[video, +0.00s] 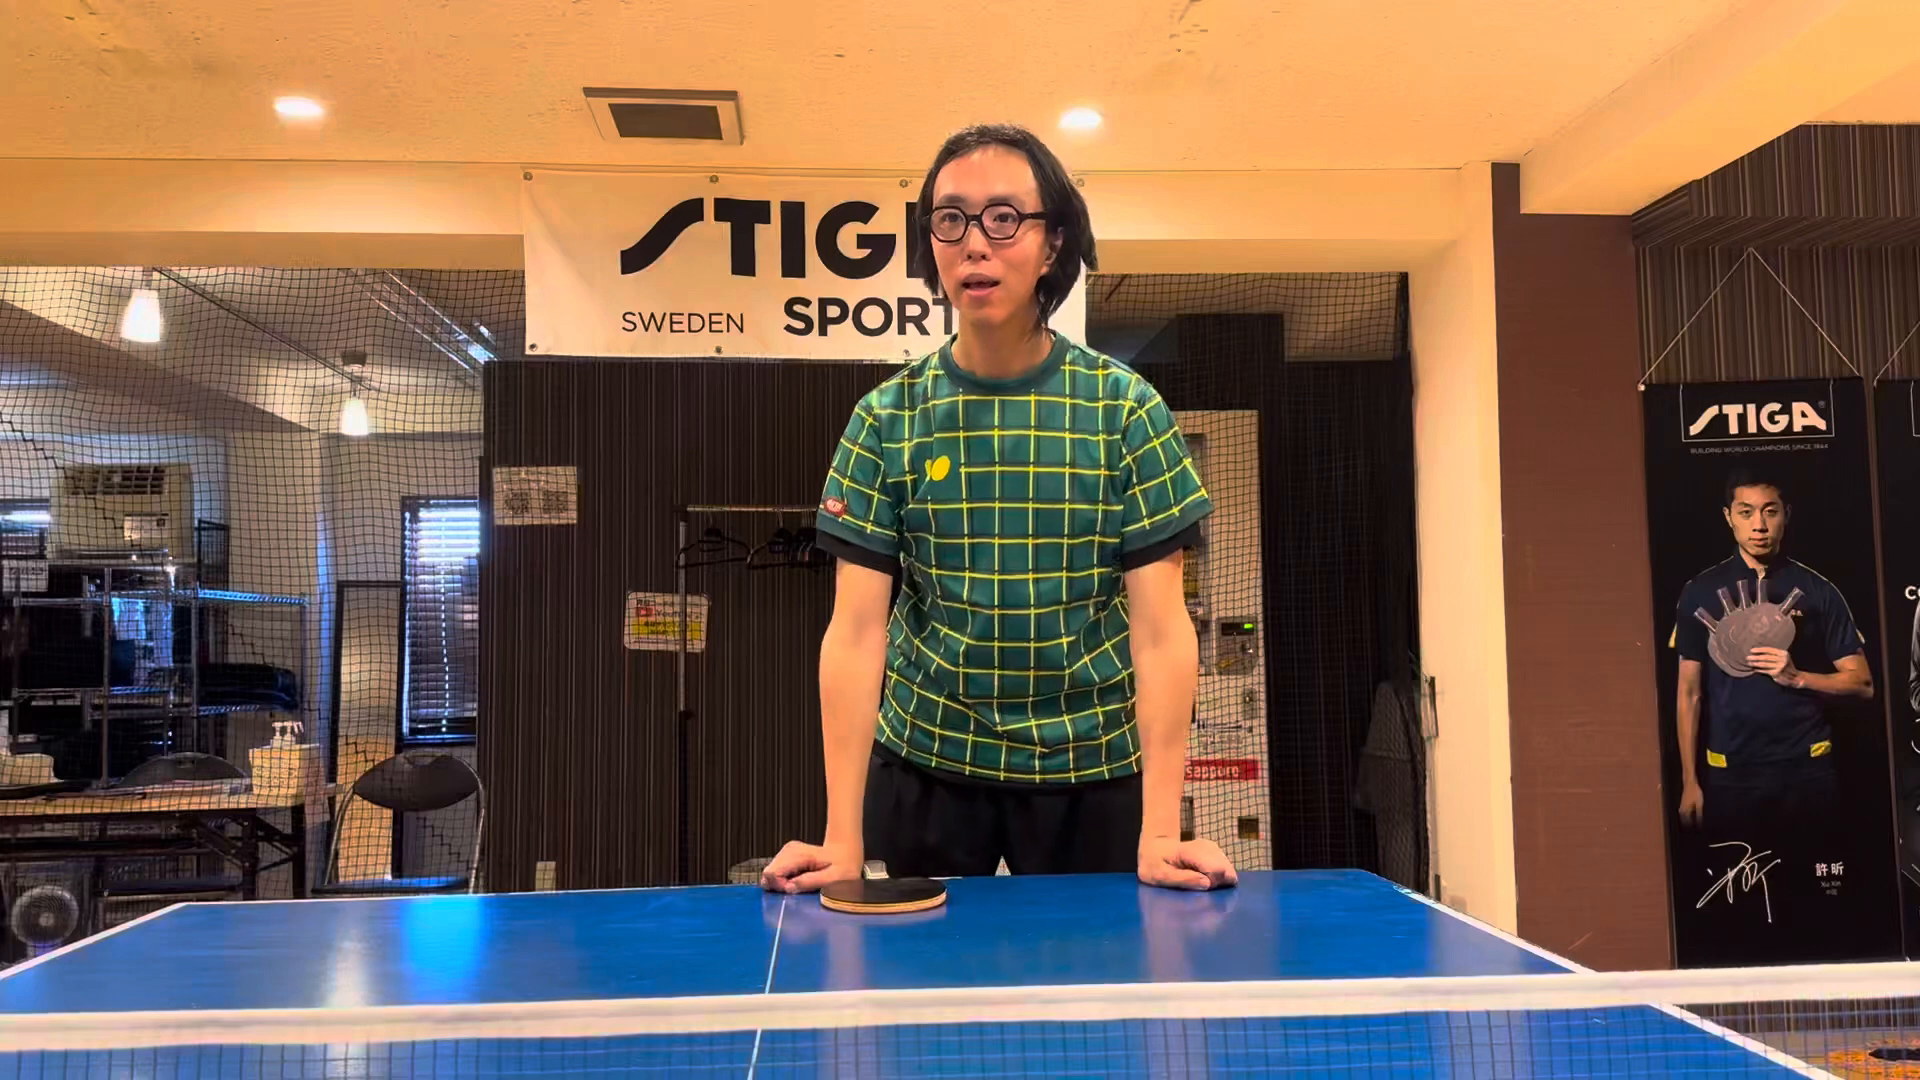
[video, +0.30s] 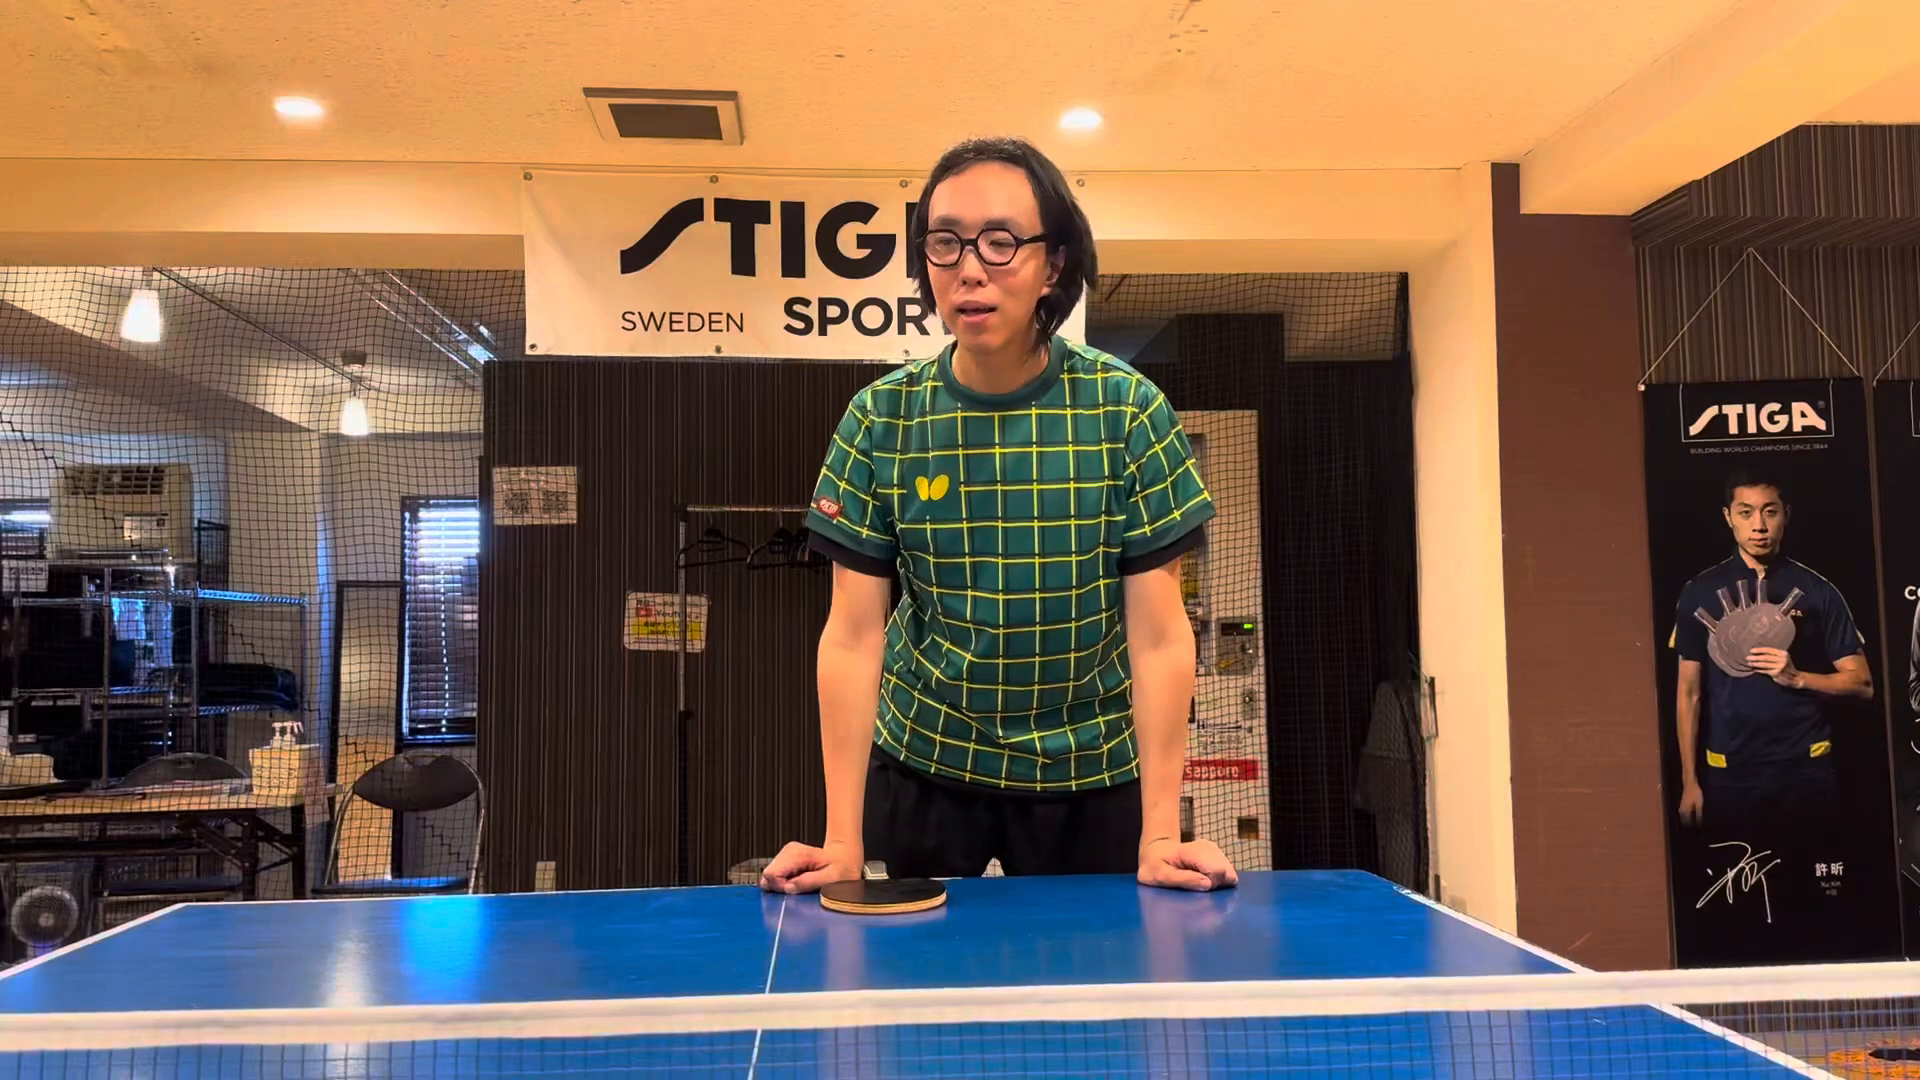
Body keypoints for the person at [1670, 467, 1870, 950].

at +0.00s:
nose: (1759, 524)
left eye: (1769, 511)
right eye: (1746, 512)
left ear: (1785, 517)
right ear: (1729, 518)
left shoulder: (1818, 593)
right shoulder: (1701, 594)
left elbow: (1861, 682)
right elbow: (1689, 692)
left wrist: (1797, 676)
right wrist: (1689, 779)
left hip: (1806, 771)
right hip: (1729, 773)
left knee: (1812, 901)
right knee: (1734, 900)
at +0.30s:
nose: (1759, 524)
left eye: (1769, 511)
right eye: (1746, 512)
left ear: (1784, 517)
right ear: (1729, 518)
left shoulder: (1817, 593)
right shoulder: (1700, 595)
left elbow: (1860, 683)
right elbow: (1689, 693)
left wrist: (1797, 677)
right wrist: (1689, 779)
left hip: (1806, 770)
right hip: (1728, 774)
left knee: (1812, 899)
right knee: (1734, 902)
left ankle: (1816, 1013)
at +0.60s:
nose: (1759, 524)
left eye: (1769, 511)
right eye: (1746, 512)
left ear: (1785, 517)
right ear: (1729, 518)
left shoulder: (1818, 593)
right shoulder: (1701, 594)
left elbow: (1861, 682)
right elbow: (1689, 692)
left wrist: (1797, 676)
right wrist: (1689, 778)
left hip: (1806, 771)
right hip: (1729, 773)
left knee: (1812, 900)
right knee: (1733, 901)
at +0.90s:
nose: (1759, 524)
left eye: (1769, 511)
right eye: (1746, 512)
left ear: (1785, 517)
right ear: (1729, 518)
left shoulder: (1818, 593)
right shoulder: (1701, 595)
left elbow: (1860, 682)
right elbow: (1689, 693)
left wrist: (1797, 677)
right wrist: (1689, 779)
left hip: (1806, 771)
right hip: (1729, 774)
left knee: (1811, 901)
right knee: (1734, 903)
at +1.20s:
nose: (1759, 524)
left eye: (1769, 511)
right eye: (1746, 512)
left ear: (1785, 517)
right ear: (1729, 518)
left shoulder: (1818, 593)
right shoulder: (1701, 594)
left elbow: (1860, 681)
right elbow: (1689, 692)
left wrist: (1797, 676)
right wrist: (1689, 778)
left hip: (1806, 771)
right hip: (1729, 773)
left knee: (1812, 900)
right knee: (1733, 901)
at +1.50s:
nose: (1759, 523)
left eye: (1769, 511)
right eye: (1746, 512)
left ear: (1785, 517)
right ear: (1729, 518)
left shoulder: (1817, 593)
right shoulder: (1701, 595)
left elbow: (1861, 682)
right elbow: (1689, 692)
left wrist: (1797, 677)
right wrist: (1689, 779)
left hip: (1806, 770)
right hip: (1729, 773)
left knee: (1811, 900)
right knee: (1734, 902)